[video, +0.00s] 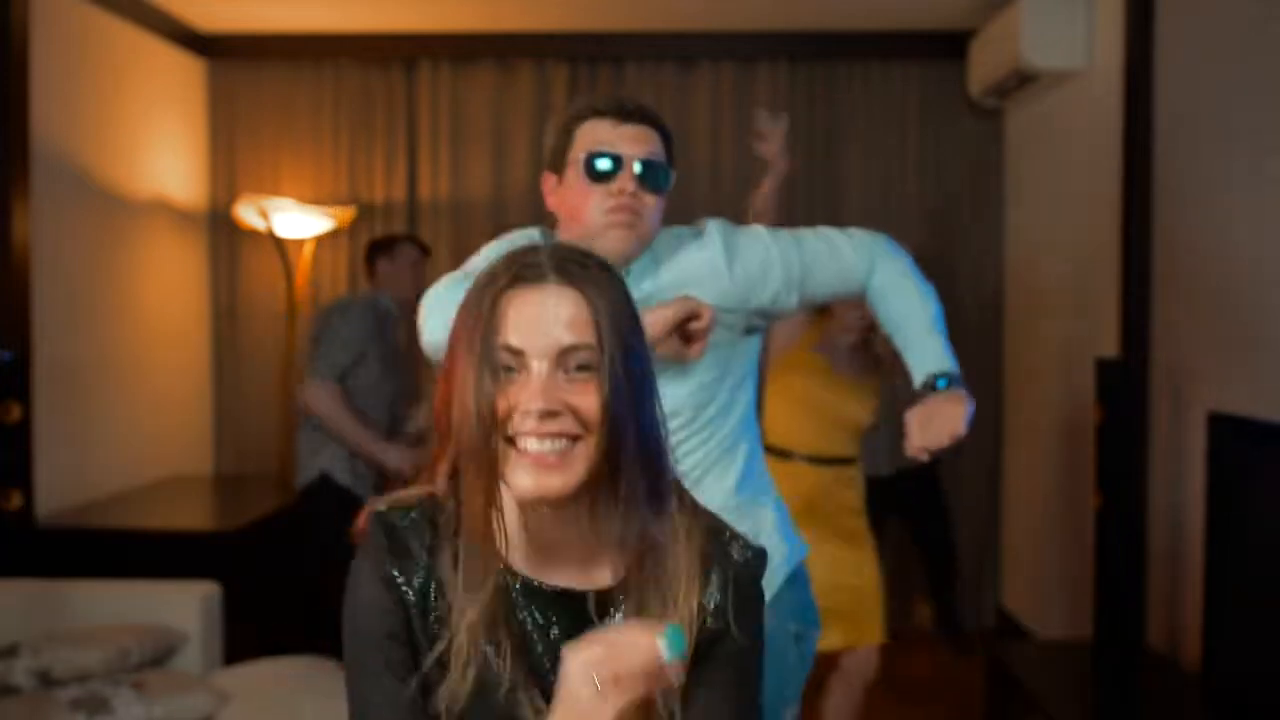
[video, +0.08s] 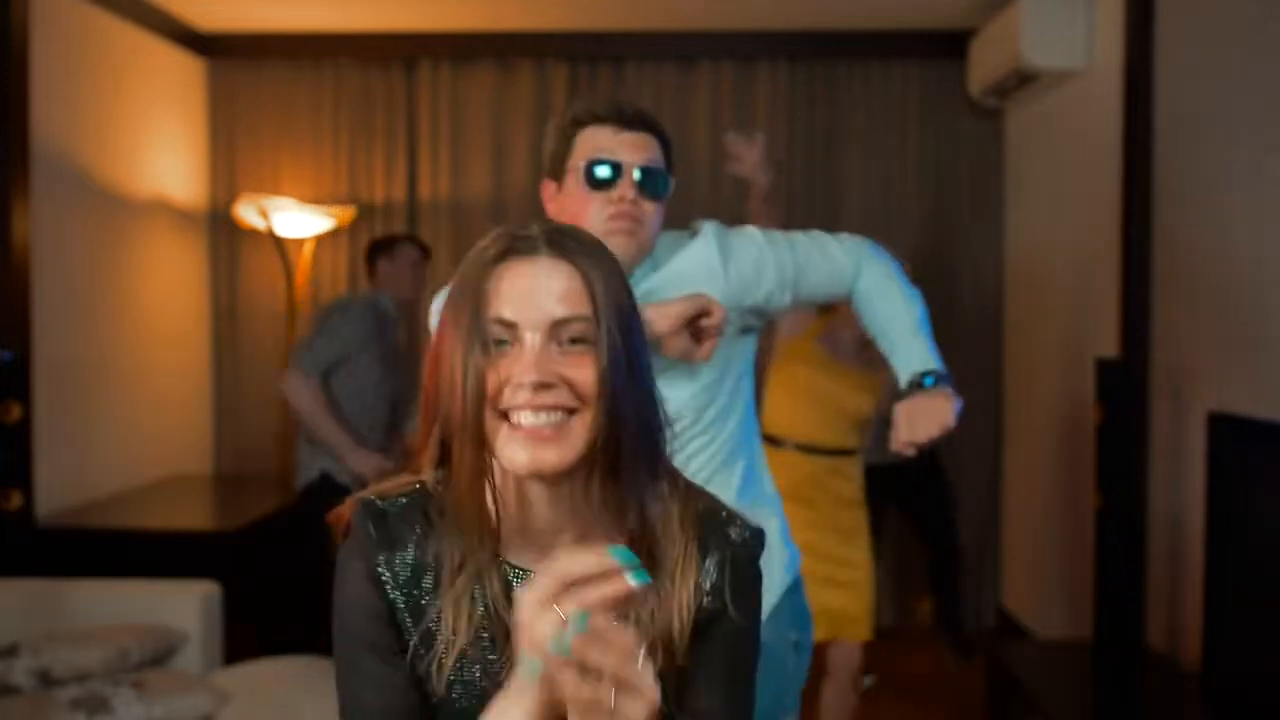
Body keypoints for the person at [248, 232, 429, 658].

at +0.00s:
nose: (421, 276)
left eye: (422, 266)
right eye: (413, 265)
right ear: (381, 268)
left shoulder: (402, 330)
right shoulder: (356, 315)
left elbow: (401, 411)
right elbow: (317, 392)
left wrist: (417, 436)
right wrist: (386, 452)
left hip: (370, 485)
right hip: (334, 483)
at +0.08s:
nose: (419, 276)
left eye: (421, 266)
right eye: (410, 265)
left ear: (420, 273)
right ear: (382, 268)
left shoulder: (401, 327)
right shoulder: (357, 314)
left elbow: (397, 407)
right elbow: (297, 381)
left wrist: (404, 449)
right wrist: (355, 454)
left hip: (374, 488)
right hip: (335, 488)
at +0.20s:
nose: (417, 267)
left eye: (419, 258)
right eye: (408, 256)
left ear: (418, 264)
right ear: (379, 259)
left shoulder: (409, 323)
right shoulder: (343, 308)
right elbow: (272, 361)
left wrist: (414, 444)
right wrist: (323, 438)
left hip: (394, 481)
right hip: (339, 481)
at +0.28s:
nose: (412, 257)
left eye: (415, 248)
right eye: (405, 246)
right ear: (376, 247)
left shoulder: (402, 314)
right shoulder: (337, 301)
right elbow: (252, 350)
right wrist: (308, 423)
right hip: (340, 474)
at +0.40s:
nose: (403, 248)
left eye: (406, 239)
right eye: (393, 237)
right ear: (362, 239)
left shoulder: (395, 312)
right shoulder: (324, 297)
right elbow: (236, 343)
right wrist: (294, 409)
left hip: (388, 470)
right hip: (335, 470)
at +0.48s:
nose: (396, 249)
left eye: (398, 239)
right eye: (386, 237)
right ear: (355, 240)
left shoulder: (397, 316)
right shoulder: (315, 302)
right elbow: (229, 350)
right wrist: (292, 408)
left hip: (391, 477)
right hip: (334, 476)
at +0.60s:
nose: (383, 251)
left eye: (384, 241)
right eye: (373, 240)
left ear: (387, 246)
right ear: (341, 245)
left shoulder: (398, 317)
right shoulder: (304, 314)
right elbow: (230, 374)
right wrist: (296, 419)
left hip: (395, 477)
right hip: (334, 482)